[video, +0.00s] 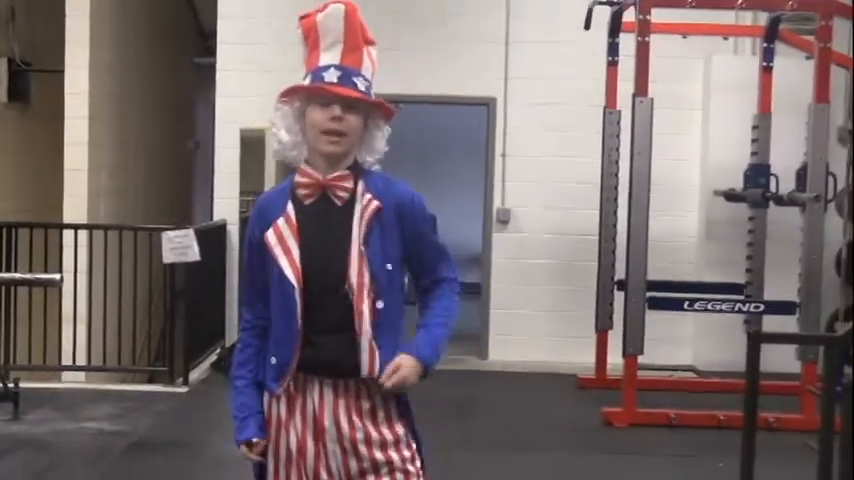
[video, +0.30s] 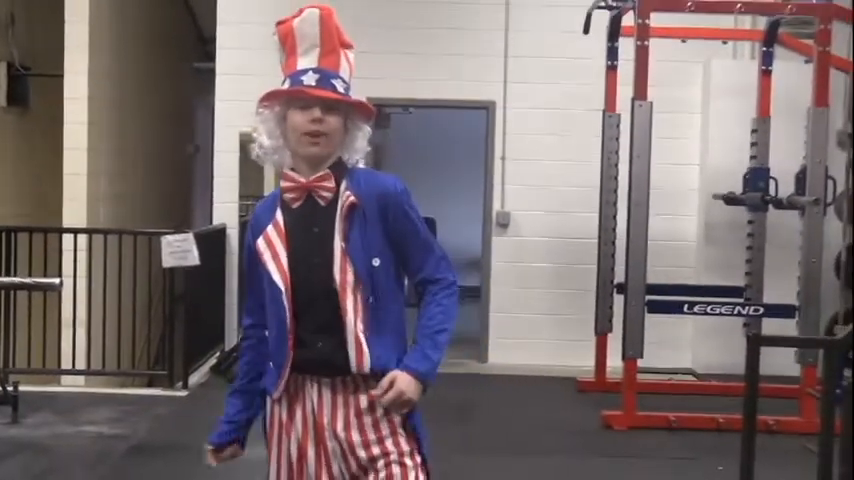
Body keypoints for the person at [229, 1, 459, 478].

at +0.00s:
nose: (336, 116)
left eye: (350, 107)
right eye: (323, 103)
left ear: (367, 122)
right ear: (301, 114)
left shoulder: (399, 205)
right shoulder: (270, 209)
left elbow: (443, 283)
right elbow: (254, 320)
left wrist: (422, 355)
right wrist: (248, 413)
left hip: (373, 407)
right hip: (293, 407)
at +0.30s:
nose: (316, 117)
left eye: (330, 108)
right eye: (303, 106)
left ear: (347, 123)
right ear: (282, 120)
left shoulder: (383, 197)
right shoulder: (265, 215)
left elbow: (440, 283)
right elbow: (258, 329)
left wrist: (418, 369)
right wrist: (235, 419)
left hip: (372, 405)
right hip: (292, 407)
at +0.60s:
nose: (338, 118)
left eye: (350, 109)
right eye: (324, 107)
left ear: (367, 124)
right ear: (301, 122)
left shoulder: (401, 196)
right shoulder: (287, 206)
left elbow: (463, 288)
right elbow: (236, 274)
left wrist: (450, 384)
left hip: (391, 407)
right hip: (308, 406)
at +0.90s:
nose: (370, 130)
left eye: (384, 116)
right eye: (358, 122)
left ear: (411, 127)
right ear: (349, 135)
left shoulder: (446, 206)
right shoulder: (333, 206)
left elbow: (462, 304)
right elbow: (323, 173)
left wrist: (468, 392)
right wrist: (326, 123)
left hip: (420, 404)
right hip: (339, 405)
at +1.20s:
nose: (413, 135)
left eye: (427, 122)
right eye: (396, 124)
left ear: (448, 134)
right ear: (375, 138)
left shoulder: (457, 206)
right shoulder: (362, 195)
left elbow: (465, 301)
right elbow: (361, 208)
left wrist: (474, 387)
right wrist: (378, 207)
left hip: (442, 403)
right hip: (374, 406)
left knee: (441, 473)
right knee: (368, 473)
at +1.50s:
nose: (411, 134)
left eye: (425, 121)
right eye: (393, 124)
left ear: (446, 133)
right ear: (372, 139)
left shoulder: (452, 206)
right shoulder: (361, 196)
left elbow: (463, 306)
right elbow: (362, 205)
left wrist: (478, 388)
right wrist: (385, 205)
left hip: (450, 402)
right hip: (391, 408)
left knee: (452, 472)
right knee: (398, 472)